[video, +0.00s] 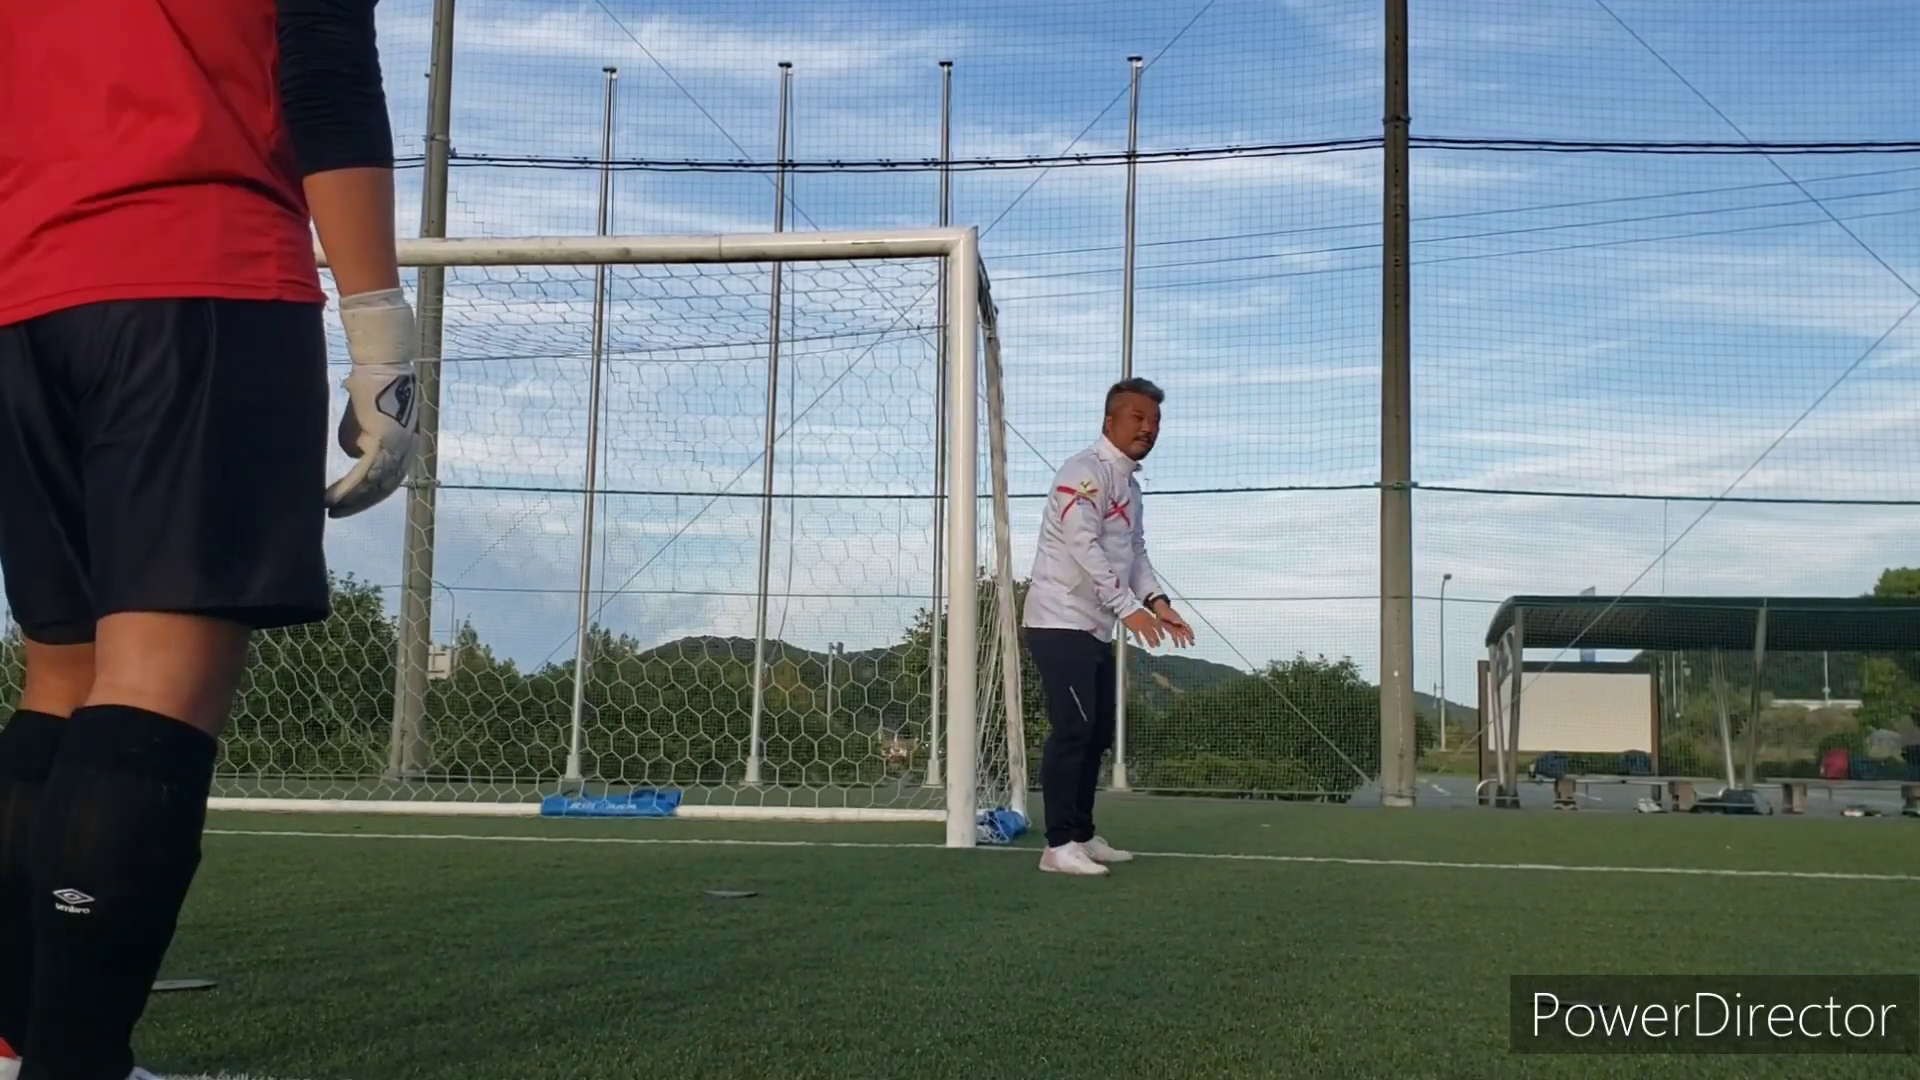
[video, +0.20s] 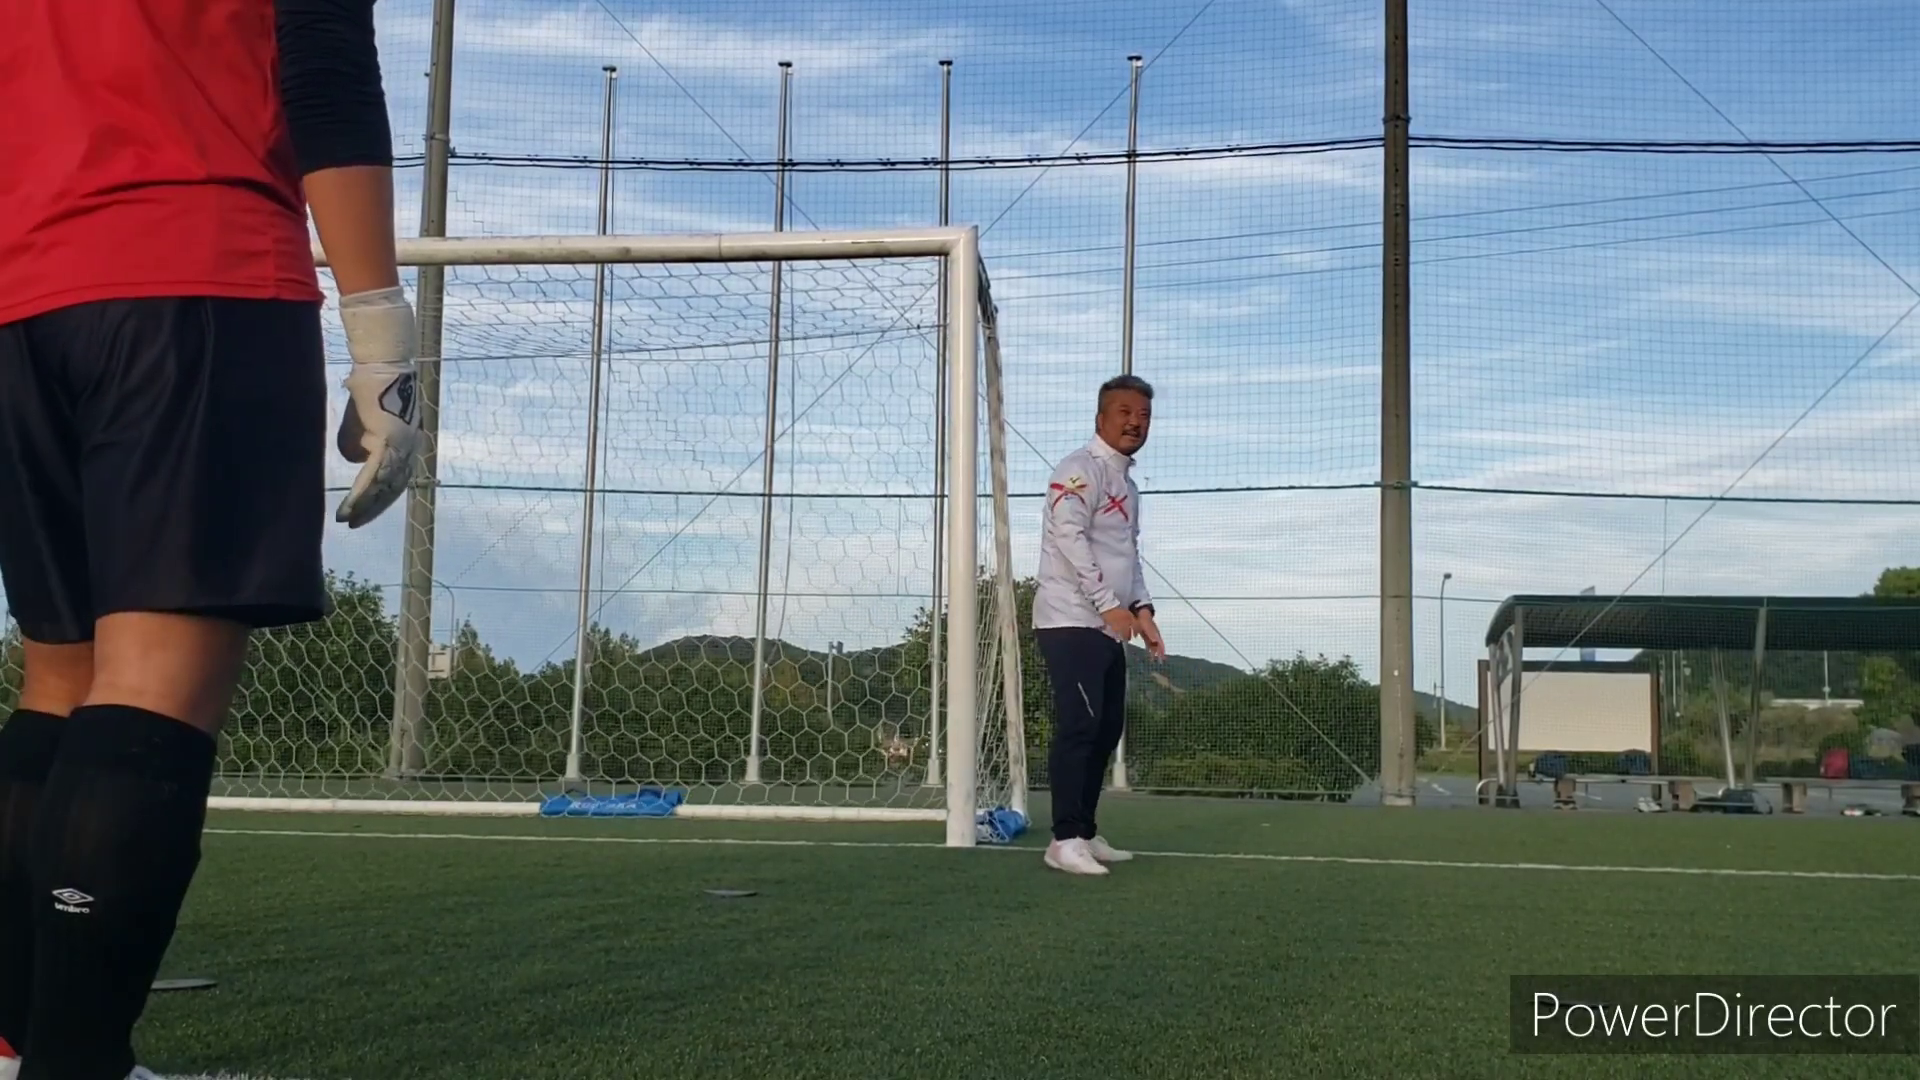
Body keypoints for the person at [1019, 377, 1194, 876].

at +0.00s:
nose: (1148, 429)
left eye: (1154, 422)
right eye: (1137, 418)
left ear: (1157, 428)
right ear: (1109, 420)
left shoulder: (1127, 488)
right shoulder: (1083, 472)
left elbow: (1134, 557)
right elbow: (1085, 549)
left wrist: (1160, 603)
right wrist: (1129, 608)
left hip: (1094, 625)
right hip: (1059, 620)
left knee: (1097, 731)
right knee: (1073, 729)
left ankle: (1081, 836)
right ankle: (1059, 846)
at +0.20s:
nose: (1135, 423)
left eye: (1143, 416)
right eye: (1125, 412)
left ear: (1148, 424)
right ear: (1100, 416)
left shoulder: (1126, 484)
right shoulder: (1078, 468)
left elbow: (1127, 554)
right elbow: (1069, 537)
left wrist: (1143, 610)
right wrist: (1108, 605)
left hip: (1105, 623)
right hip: (1069, 619)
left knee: (1107, 727)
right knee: (1080, 725)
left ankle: (1084, 832)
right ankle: (1064, 840)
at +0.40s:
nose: (1127, 422)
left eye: (1136, 415)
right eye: (1116, 412)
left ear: (1143, 424)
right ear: (1094, 416)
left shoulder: (1130, 485)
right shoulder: (1070, 469)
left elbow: (1136, 557)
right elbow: (1057, 539)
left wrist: (1140, 617)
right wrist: (1090, 602)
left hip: (1108, 622)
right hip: (1066, 616)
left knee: (1104, 727)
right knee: (1076, 722)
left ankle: (1083, 831)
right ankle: (1070, 835)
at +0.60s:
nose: (1114, 417)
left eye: (1124, 410)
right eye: (1104, 408)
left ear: (1133, 419)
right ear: (1085, 415)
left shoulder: (1124, 483)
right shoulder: (1065, 467)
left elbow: (1135, 554)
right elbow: (1049, 536)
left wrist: (1145, 615)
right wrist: (1082, 602)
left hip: (1106, 622)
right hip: (1064, 617)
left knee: (1101, 730)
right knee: (1075, 724)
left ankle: (1081, 834)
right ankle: (1053, 839)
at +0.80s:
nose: (1104, 413)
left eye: (1113, 405)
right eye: (1093, 405)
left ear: (1122, 414)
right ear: (1073, 413)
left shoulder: (1113, 479)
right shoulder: (1057, 466)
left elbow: (1126, 551)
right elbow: (1048, 541)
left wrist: (1140, 611)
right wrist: (1083, 604)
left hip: (1102, 622)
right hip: (1060, 619)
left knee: (1099, 731)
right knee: (1071, 727)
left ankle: (1081, 834)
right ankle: (1053, 841)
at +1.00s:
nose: (1099, 410)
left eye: (1107, 402)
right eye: (1087, 402)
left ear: (1116, 411)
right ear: (1066, 411)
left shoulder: (1113, 478)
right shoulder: (1049, 466)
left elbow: (1119, 549)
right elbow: (1042, 540)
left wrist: (1128, 609)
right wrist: (1078, 603)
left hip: (1098, 619)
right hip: (1055, 617)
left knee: (1097, 729)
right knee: (1066, 727)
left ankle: (1082, 833)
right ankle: (1052, 841)